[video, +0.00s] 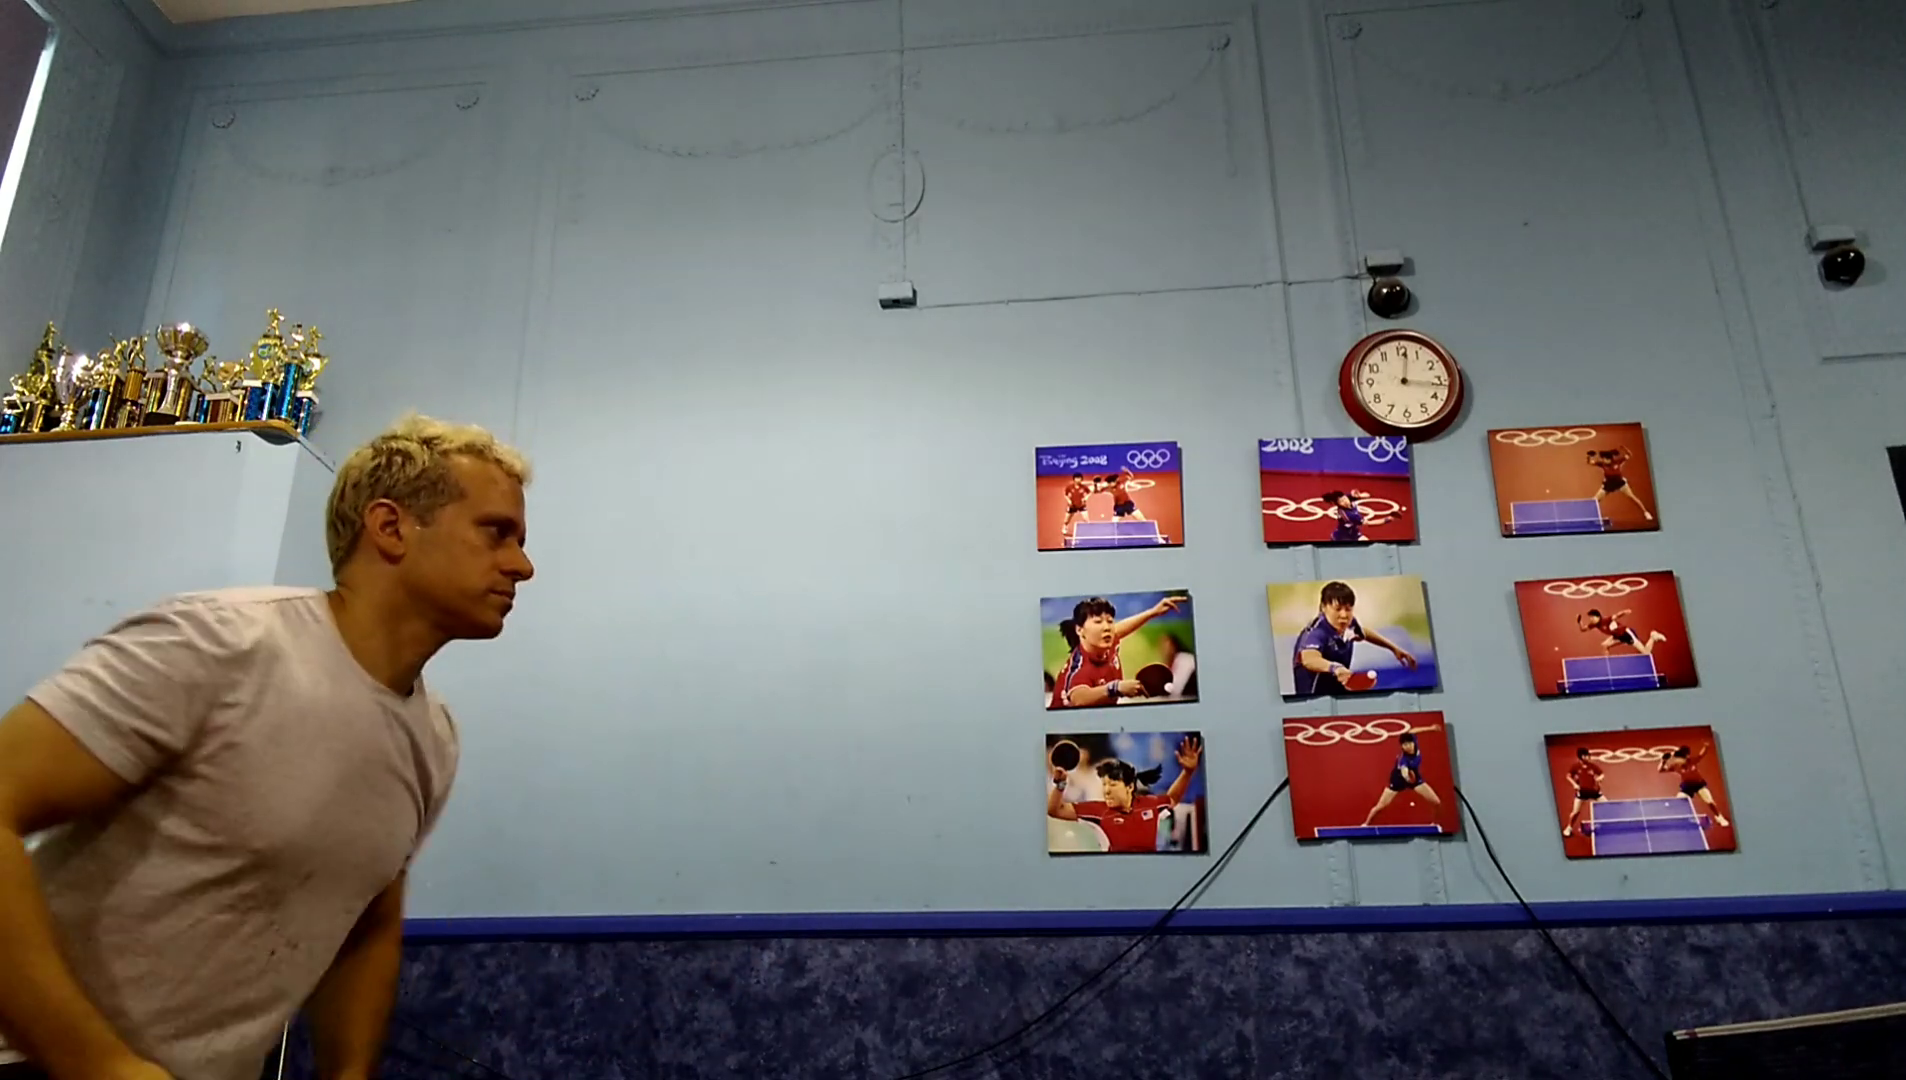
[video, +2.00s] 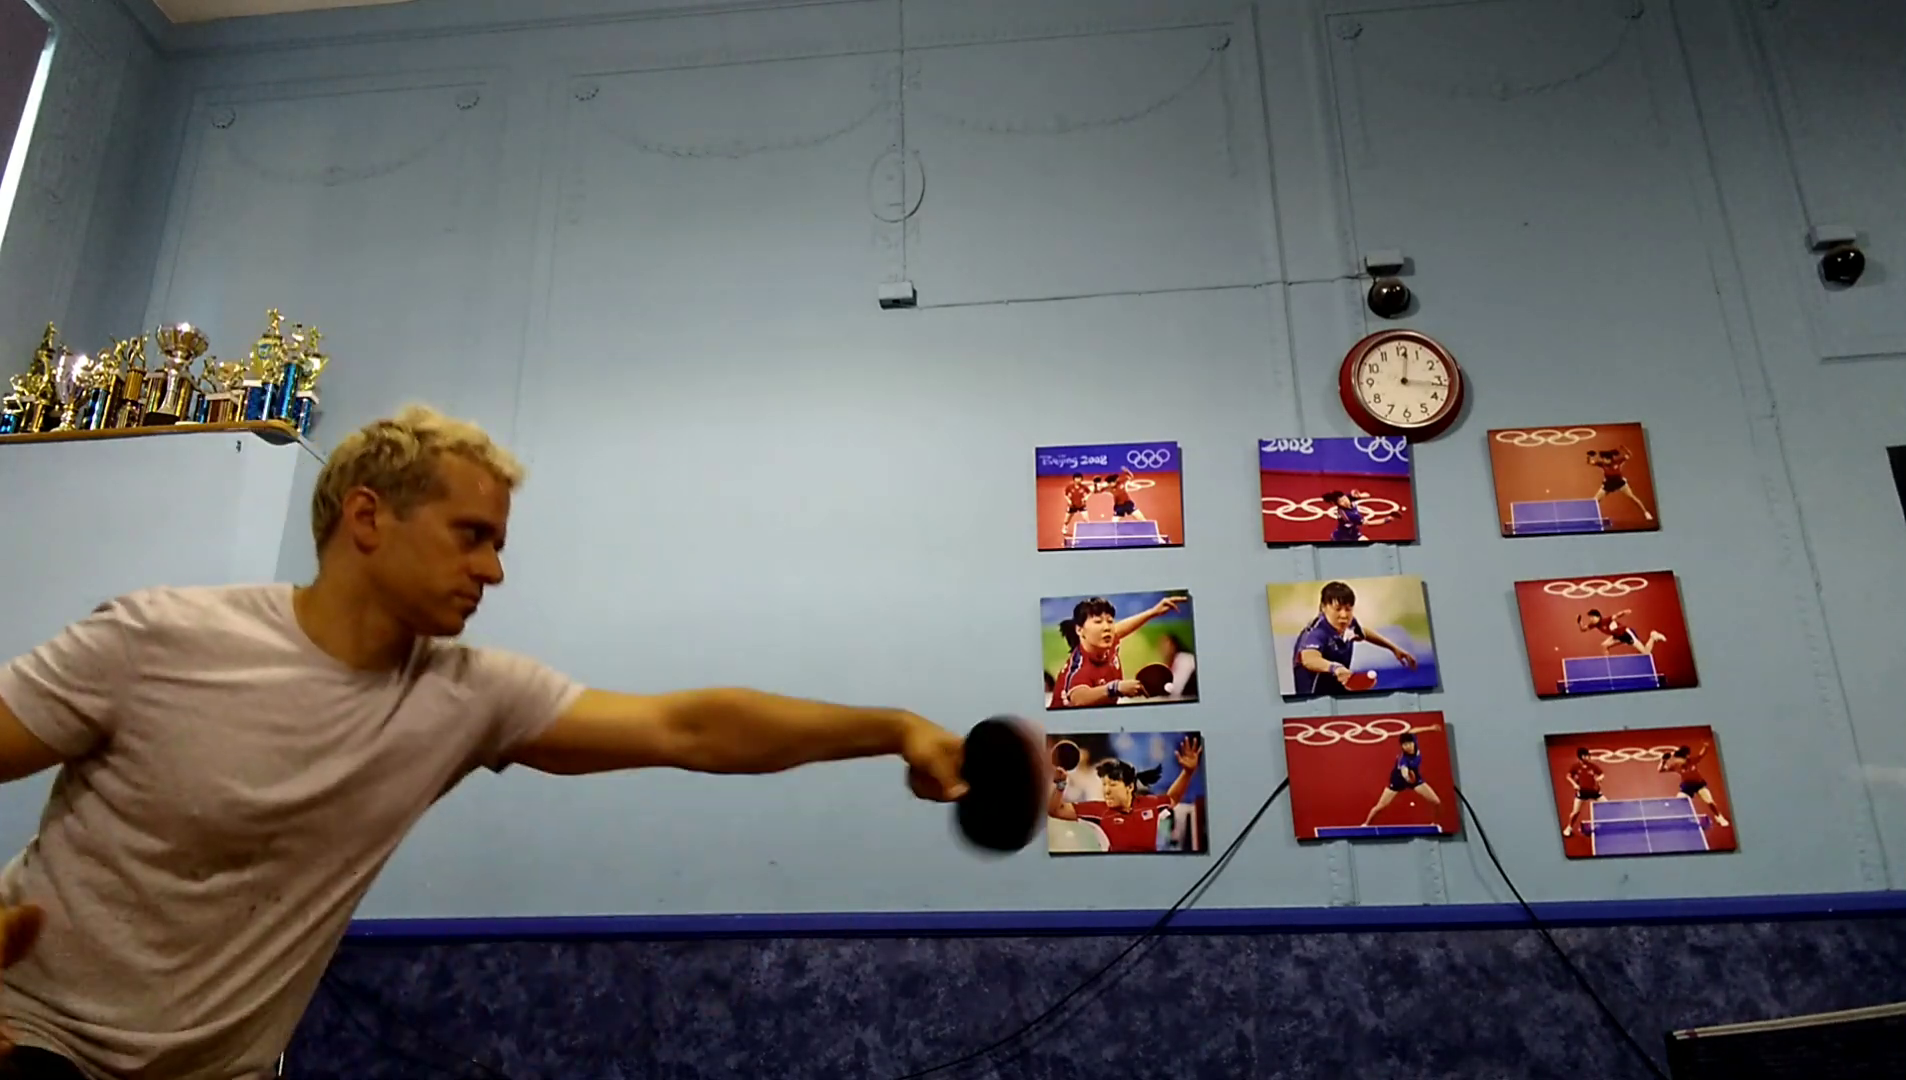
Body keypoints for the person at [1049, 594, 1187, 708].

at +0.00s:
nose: (1107, 628)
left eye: (1110, 622)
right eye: (1098, 622)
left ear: (1114, 626)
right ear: (1080, 630)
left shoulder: (1109, 644)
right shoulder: (1079, 666)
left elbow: (1119, 630)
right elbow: (1078, 698)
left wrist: (1154, 612)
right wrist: (1115, 687)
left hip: (1102, 724)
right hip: (1070, 729)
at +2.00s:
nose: (1107, 628)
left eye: (1110, 622)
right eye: (1098, 622)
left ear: (1114, 626)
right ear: (1080, 630)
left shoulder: (1109, 644)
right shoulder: (1078, 666)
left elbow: (1120, 629)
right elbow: (1078, 698)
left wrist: (1154, 611)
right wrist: (1115, 687)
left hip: (1102, 724)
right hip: (1069, 729)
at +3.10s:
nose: (1107, 628)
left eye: (1109, 622)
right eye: (1098, 622)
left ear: (1114, 626)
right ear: (1080, 630)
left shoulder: (1109, 645)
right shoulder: (1079, 666)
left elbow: (1118, 630)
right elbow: (1078, 698)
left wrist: (1154, 612)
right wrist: (1115, 687)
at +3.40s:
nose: (1107, 628)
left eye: (1109, 621)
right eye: (1098, 622)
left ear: (1114, 626)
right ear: (1080, 630)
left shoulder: (1109, 646)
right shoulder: (1079, 666)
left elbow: (1118, 631)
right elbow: (1078, 698)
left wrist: (1153, 612)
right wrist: (1115, 687)